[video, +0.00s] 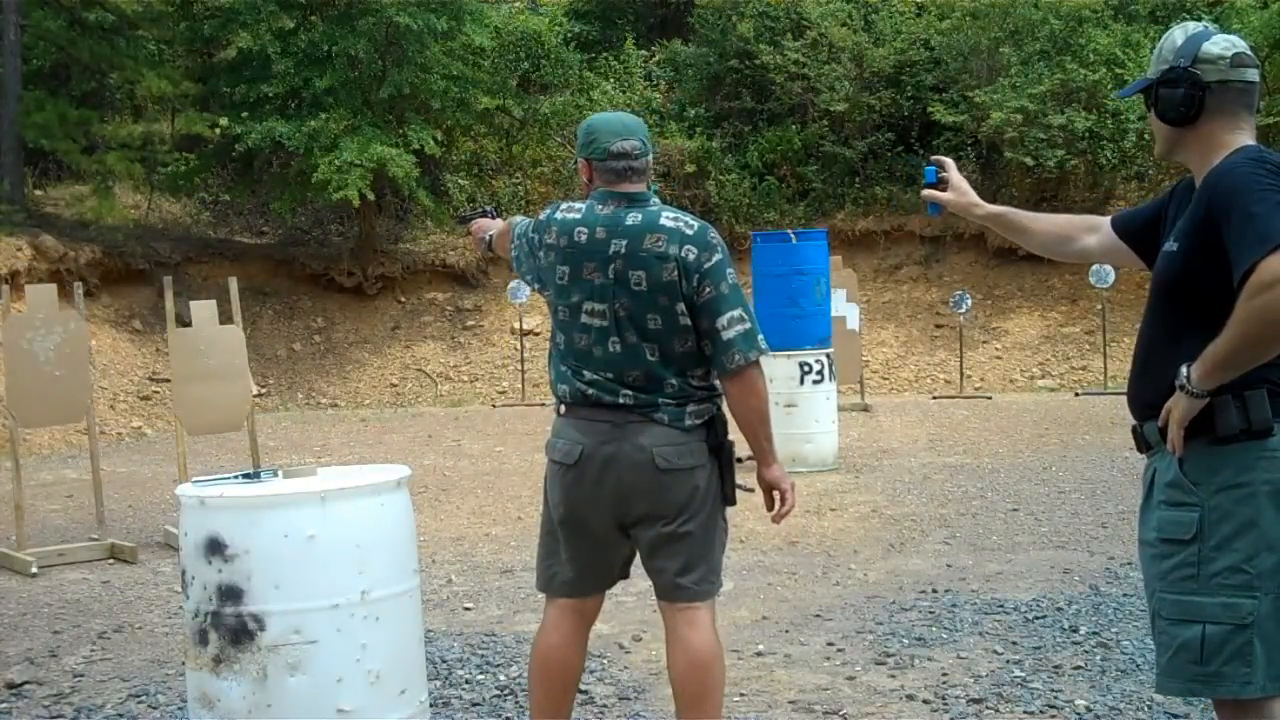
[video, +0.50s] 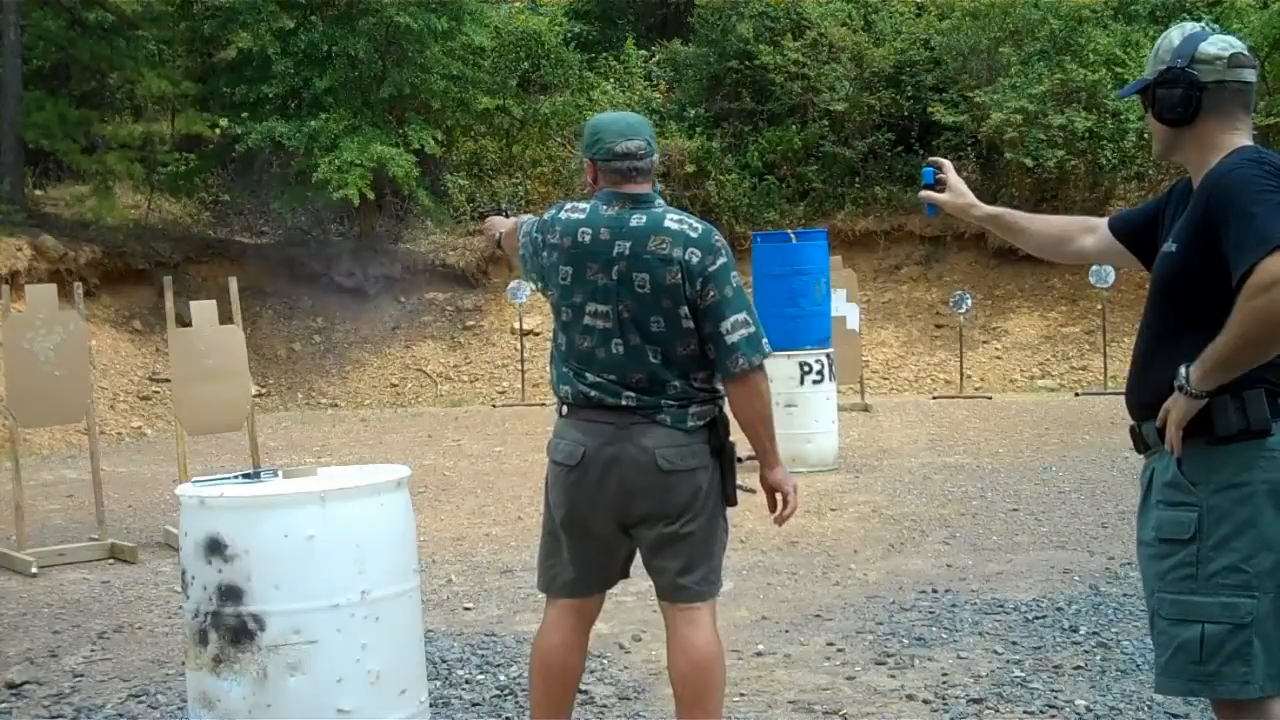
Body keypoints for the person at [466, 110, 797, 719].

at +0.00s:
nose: (581, 171)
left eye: (581, 164)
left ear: (586, 171)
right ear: (650, 167)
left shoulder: (557, 230)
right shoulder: (694, 239)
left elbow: (510, 241)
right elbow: (738, 362)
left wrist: (491, 229)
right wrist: (767, 459)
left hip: (581, 446)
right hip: (676, 450)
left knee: (568, 607)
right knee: (689, 612)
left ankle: (547, 715)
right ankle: (702, 715)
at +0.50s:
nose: (582, 171)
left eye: (583, 164)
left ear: (590, 171)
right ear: (655, 168)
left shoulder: (559, 231)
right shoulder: (699, 241)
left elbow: (518, 241)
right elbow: (743, 366)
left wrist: (503, 228)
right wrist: (769, 462)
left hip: (583, 447)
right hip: (678, 451)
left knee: (567, 609)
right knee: (690, 611)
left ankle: (546, 716)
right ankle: (701, 716)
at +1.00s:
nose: (582, 171)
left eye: (583, 164)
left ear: (588, 171)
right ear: (653, 167)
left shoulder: (560, 230)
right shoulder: (698, 241)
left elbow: (507, 241)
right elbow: (740, 364)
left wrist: (490, 227)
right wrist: (770, 460)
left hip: (583, 446)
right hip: (678, 450)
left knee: (568, 609)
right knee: (691, 611)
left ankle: (548, 716)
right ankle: (702, 715)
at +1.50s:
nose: (582, 172)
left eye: (583, 164)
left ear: (591, 172)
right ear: (655, 167)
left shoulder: (557, 233)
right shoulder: (698, 242)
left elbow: (521, 238)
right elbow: (744, 366)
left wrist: (510, 225)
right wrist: (772, 461)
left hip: (584, 447)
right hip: (680, 451)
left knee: (568, 609)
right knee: (691, 610)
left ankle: (546, 717)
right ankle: (701, 716)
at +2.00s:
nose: (585, 172)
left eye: (586, 165)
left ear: (592, 170)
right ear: (658, 166)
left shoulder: (562, 233)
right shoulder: (697, 240)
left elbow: (527, 236)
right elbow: (747, 365)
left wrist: (533, 228)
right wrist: (778, 458)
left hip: (584, 447)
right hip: (682, 452)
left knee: (570, 608)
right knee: (693, 612)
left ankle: (547, 715)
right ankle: (703, 718)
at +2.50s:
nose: (583, 174)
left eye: (585, 167)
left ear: (590, 172)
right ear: (656, 167)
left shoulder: (562, 234)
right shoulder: (696, 240)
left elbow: (528, 235)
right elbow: (745, 365)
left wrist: (530, 229)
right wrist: (776, 456)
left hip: (584, 446)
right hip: (681, 450)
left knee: (569, 606)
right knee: (693, 611)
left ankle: (547, 715)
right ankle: (703, 719)